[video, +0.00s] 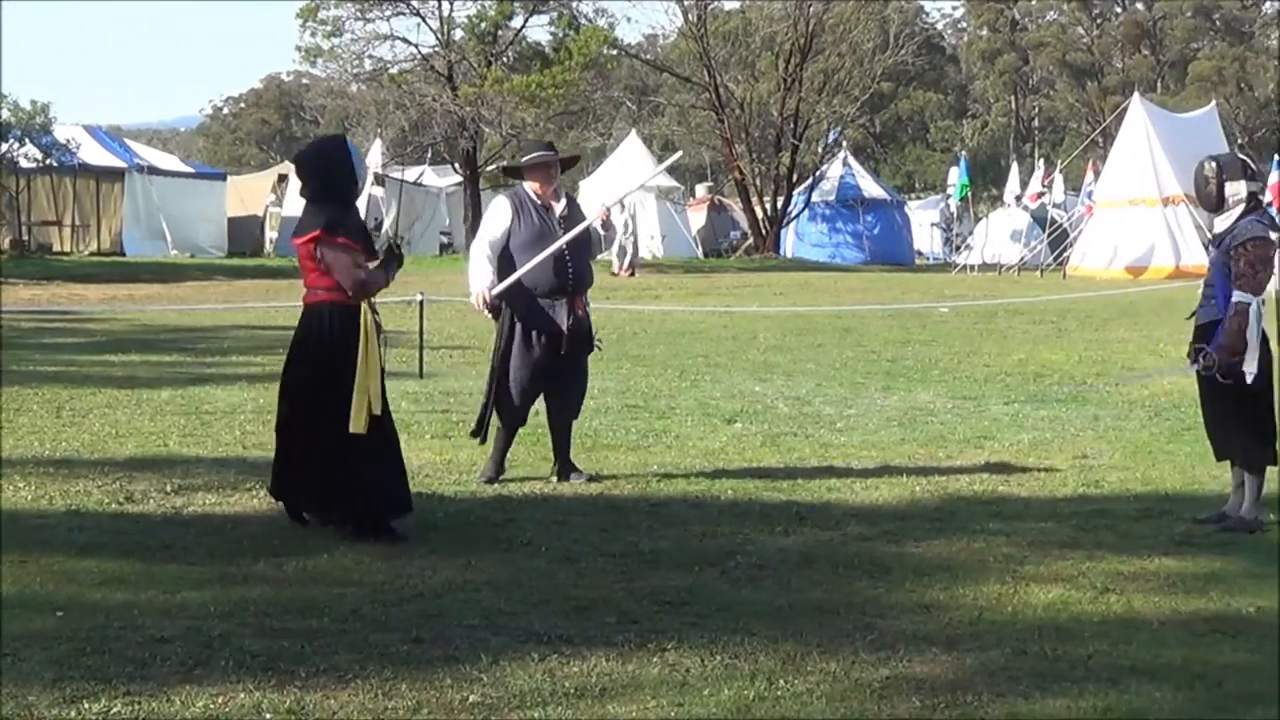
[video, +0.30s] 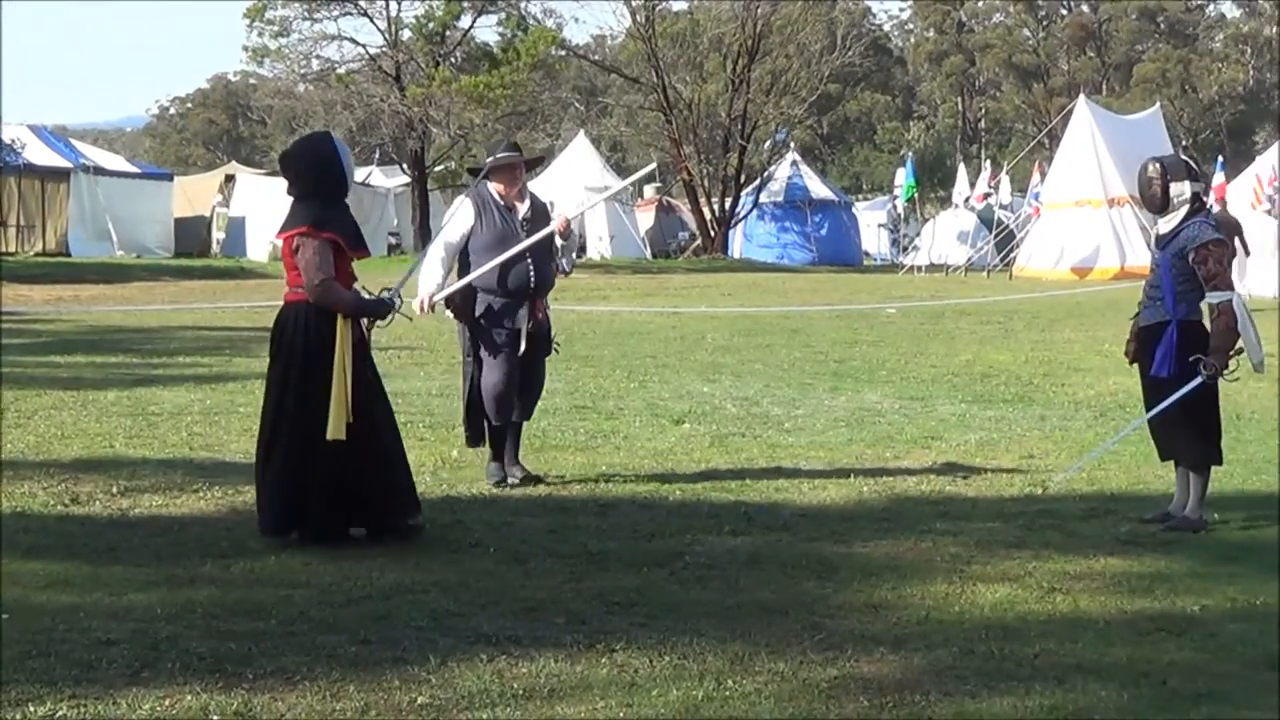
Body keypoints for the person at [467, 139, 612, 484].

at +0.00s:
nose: (548, 173)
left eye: (552, 167)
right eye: (540, 168)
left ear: (560, 169)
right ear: (525, 173)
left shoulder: (569, 203)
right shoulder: (508, 205)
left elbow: (590, 250)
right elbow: (483, 247)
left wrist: (600, 228)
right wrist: (481, 283)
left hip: (571, 307)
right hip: (527, 307)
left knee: (565, 390)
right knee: (518, 389)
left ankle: (564, 464)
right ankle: (495, 461)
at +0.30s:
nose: (508, 175)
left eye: (513, 168)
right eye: (500, 170)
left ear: (524, 170)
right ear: (489, 174)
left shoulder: (538, 207)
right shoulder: (471, 205)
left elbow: (560, 258)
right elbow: (443, 247)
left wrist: (565, 236)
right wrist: (428, 285)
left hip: (533, 306)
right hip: (491, 307)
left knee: (529, 383)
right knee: (497, 383)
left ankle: (512, 460)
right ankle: (496, 460)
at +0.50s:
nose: (488, 176)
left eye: (493, 168)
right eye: (480, 171)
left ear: (501, 169)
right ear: (466, 174)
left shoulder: (514, 205)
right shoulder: (448, 207)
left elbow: (535, 255)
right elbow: (419, 247)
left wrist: (541, 239)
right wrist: (402, 285)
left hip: (512, 307)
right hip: (472, 310)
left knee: (507, 387)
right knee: (487, 388)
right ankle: (489, 468)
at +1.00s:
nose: (450, 173)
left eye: (453, 166)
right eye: (442, 168)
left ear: (459, 167)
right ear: (426, 171)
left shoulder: (465, 202)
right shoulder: (408, 206)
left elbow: (484, 250)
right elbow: (385, 254)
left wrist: (502, 238)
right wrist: (392, 289)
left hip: (468, 309)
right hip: (429, 311)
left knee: (472, 384)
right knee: (437, 387)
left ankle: (435, 447)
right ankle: (440, 466)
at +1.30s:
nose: (439, 172)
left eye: (441, 166)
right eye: (431, 167)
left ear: (445, 168)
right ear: (413, 170)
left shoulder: (447, 203)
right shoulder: (395, 205)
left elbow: (464, 247)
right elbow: (381, 255)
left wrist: (491, 239)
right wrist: (417, 272)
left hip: (453, 316)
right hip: (414, 319)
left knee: (461, 398)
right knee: (411, 401)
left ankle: (480, 469)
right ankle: (407, 475)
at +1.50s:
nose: (447, 171)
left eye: (449, 164)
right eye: (440, 165)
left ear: (453, 167)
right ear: (423, 169)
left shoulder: (458, 205)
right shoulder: (403, 206)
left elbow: (473, 257)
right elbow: (385, 252)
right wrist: (422, 274)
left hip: (463, 316)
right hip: (424, 316)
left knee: (469, 399)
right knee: (412, 403)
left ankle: (473, 470)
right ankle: (392, 478)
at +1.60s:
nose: (451, 170)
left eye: (453, 163)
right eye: (443, 164)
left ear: (459, 166)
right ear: (426, 169)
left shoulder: (467, 206)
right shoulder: (408, 205)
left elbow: (497, 249)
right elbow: (386, 252)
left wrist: (520, 225)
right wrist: (418, 275)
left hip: (472, 314)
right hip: (430, 314)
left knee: (471, 399)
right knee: (419, 401)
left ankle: (470, 472)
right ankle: (390, 472)